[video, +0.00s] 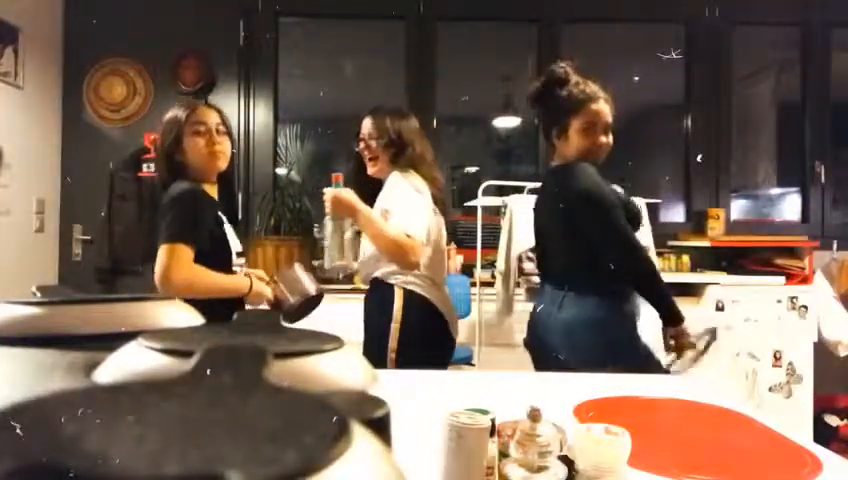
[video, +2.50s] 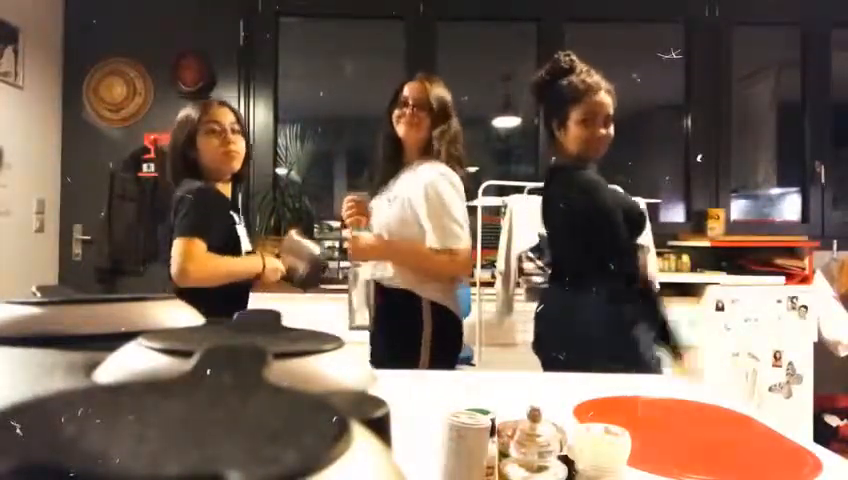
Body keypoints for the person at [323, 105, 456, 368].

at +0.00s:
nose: (363, 147)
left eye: (372, 139)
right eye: (361, 140)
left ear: (398, 142)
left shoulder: (403, 183)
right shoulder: (415, 185)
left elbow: (410, 255)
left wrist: (357, 210)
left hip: (404, 308)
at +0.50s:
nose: (400, 130)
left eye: (411, 123)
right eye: (394, 121)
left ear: (431, 131)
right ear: (388, 128)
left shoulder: (431, 179)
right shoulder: (404, 180)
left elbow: (432, 259)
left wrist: (378, 213)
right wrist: (361, 218)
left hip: (413, 304)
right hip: (390, 299)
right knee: (389, 401)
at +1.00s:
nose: (400, 127)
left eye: (412, 121)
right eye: (395, 119)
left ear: (432, 134)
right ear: (387, 127)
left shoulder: (433, 181)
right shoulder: (411, 184)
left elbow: (444, 262)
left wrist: (377, 231)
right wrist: (368, 238)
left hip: (427, 315)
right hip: (408, 311)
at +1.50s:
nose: (407, 110)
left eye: (419, 104)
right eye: (400, 102)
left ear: (439, 116)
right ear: (392, 112)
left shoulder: (437, 172)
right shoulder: (408, 173)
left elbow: (460, 255)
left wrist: (387, 235)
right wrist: (367, 208)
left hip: (427, 307)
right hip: (398, 302)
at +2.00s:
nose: (405, 119)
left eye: (417, 113)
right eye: (399, 112)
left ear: (438, 127)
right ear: (390, 121)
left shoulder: (439, 185)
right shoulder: (403, 184)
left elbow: (458, 270)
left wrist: (385, 242)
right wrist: (362, 222)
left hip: (420, 316)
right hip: (390, 311)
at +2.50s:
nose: (407, 112)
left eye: (419, 107)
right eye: (402, 104)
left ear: (439, 117)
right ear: (393, 113)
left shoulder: (436, 178)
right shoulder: (405, 175)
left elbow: (460, 262)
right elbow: (404, 240)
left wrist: (384, 249)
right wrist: (364, 220)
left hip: (421, 311)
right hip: (393, 307)